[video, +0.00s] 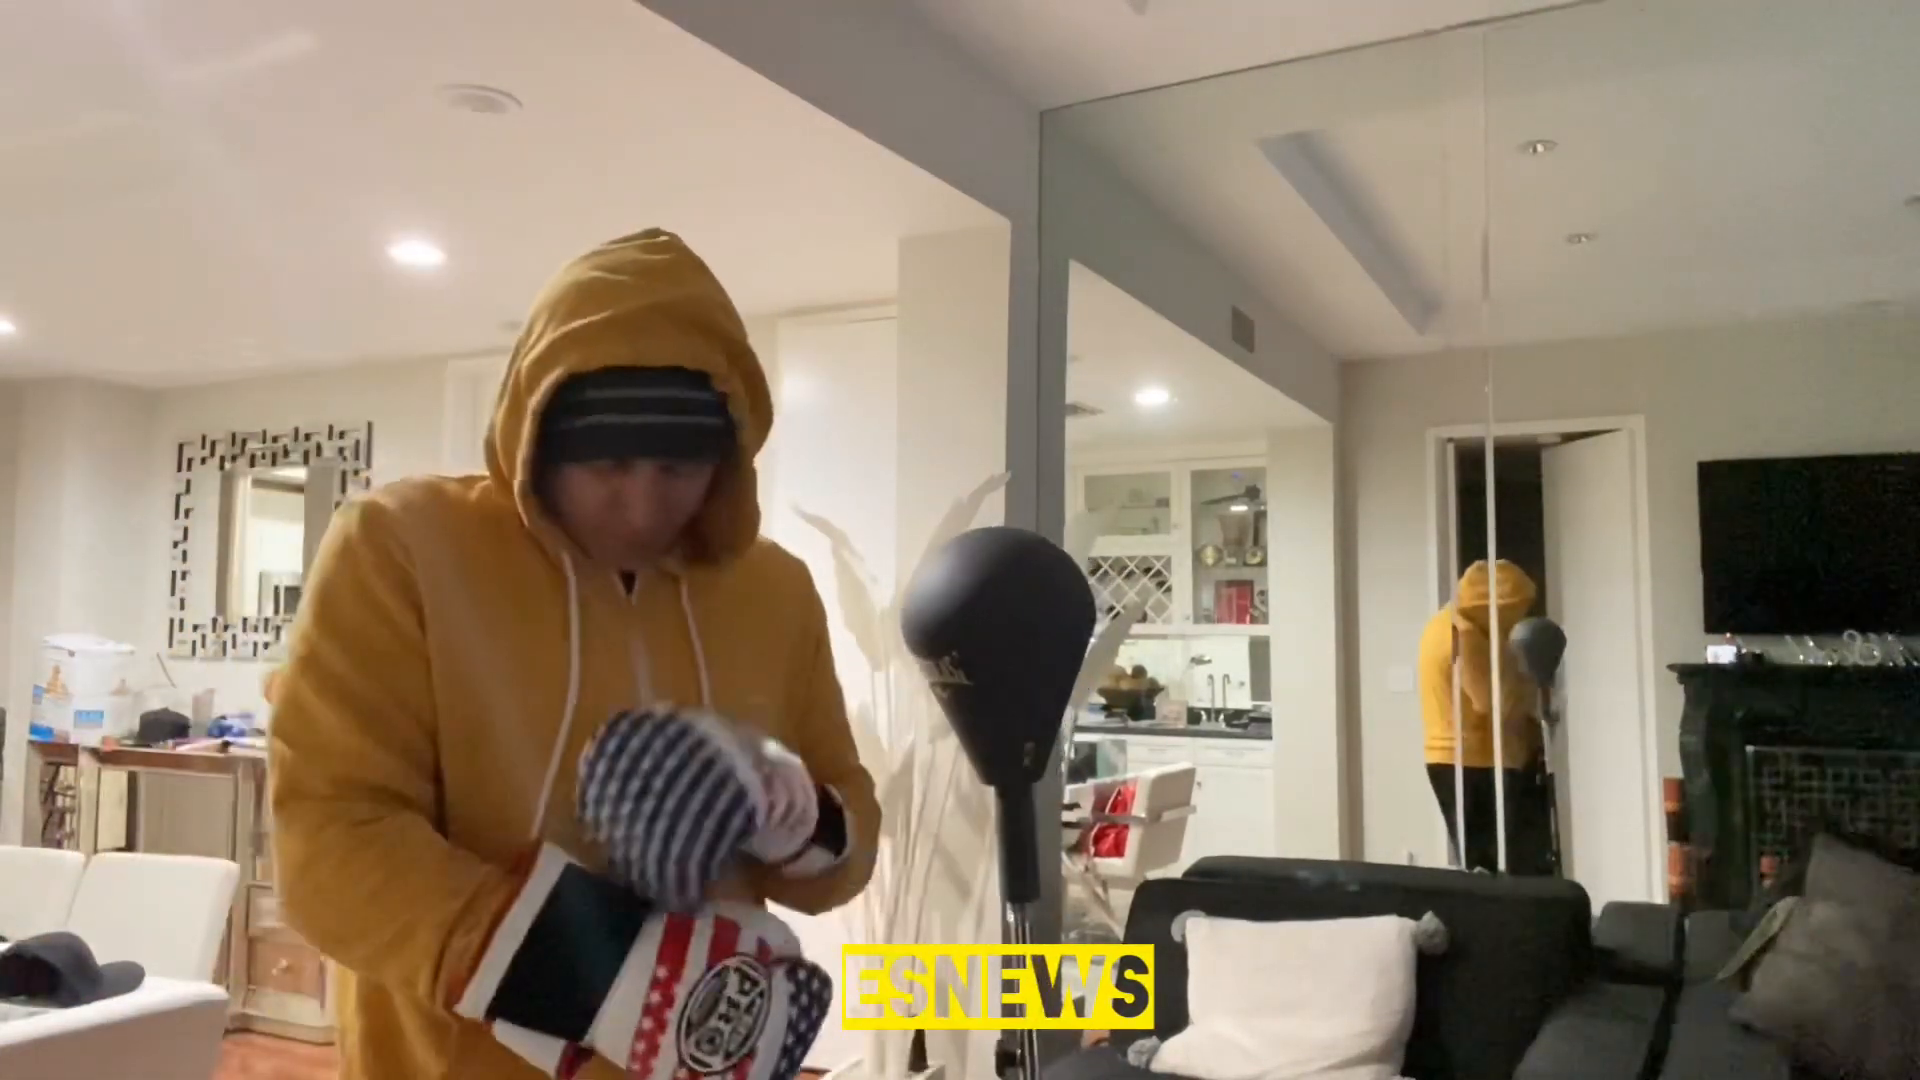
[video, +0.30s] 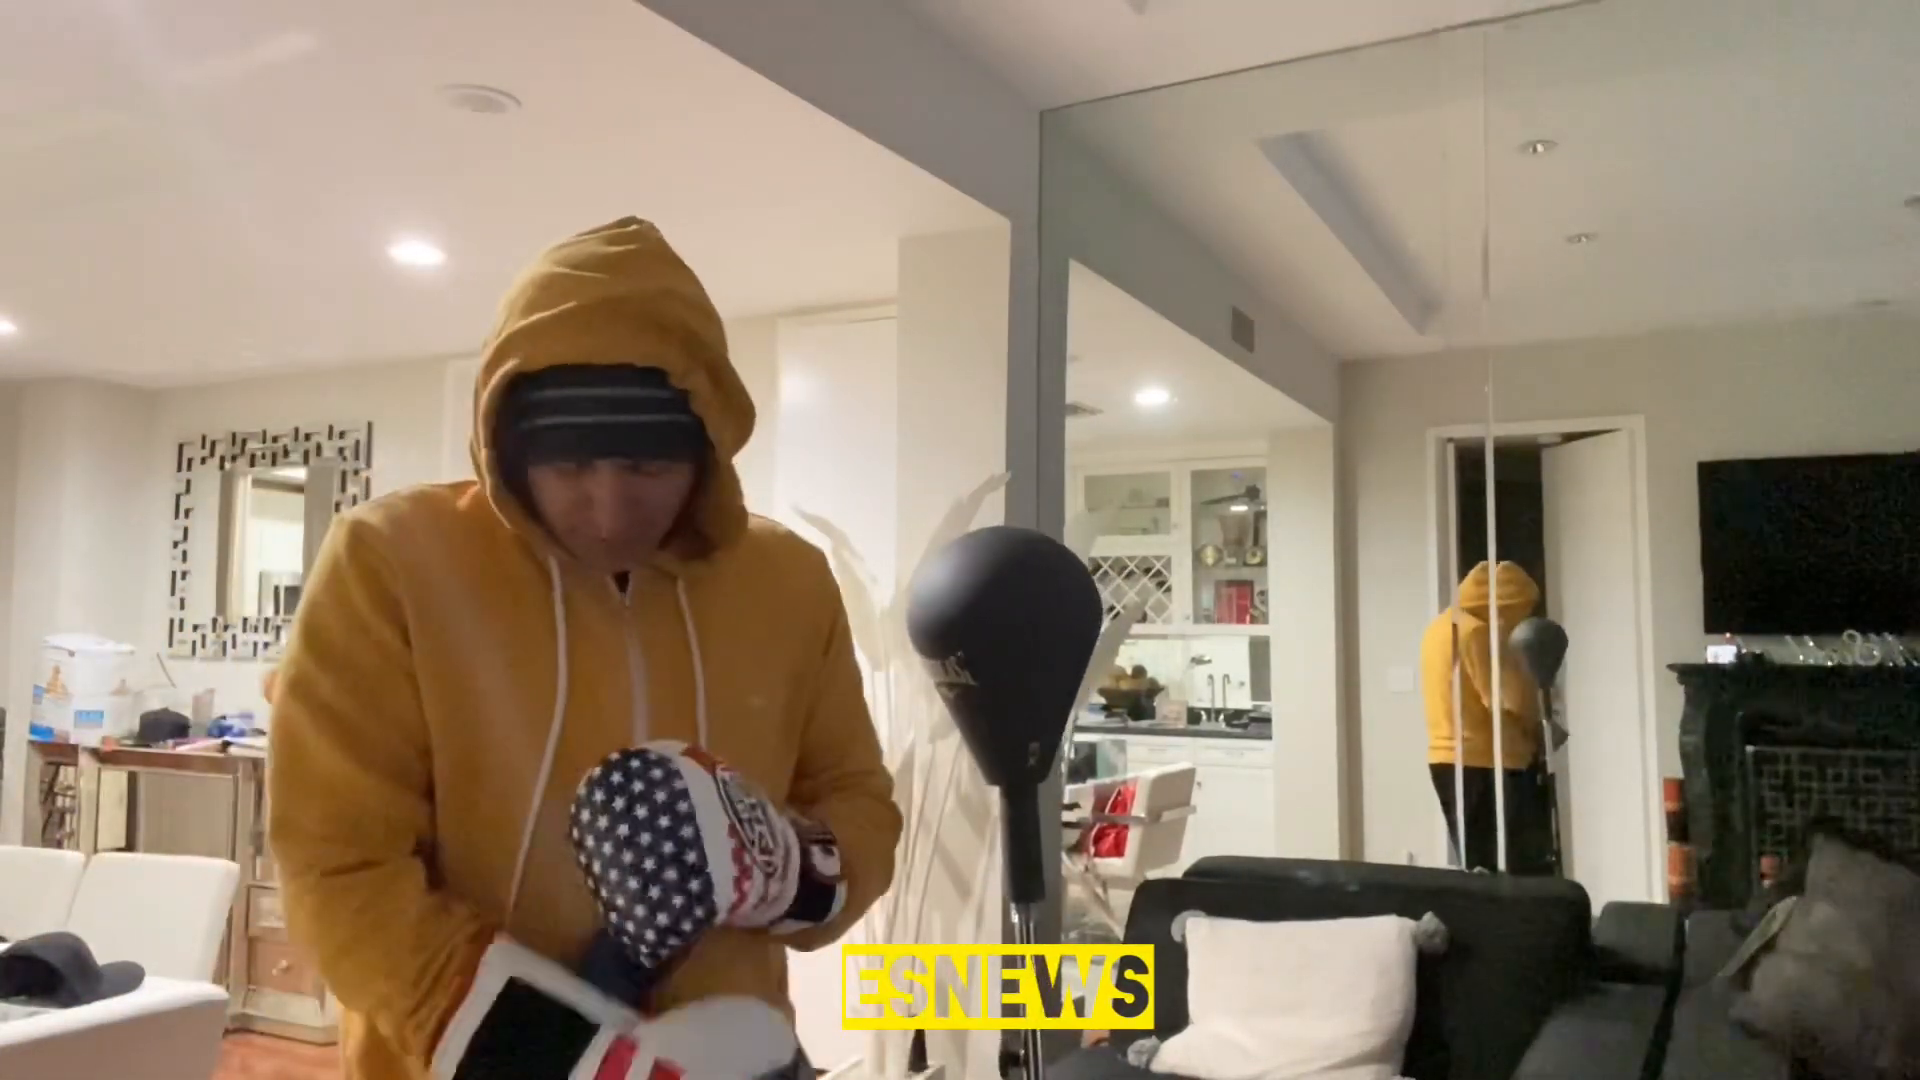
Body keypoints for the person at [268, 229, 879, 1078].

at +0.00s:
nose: (640, 505)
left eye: (678, 465)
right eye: (604, 462)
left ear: (720, 465)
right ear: (538, 451)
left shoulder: (773, 594)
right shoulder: (402, 551)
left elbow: (847, 853)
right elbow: (332, 842)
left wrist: (788, 817)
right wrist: (597, 966)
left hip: (693, 1061)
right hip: (448, 1059)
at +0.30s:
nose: (606, 513)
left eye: (647, 466)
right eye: (568, 465)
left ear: (703, 455)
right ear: (515, 451)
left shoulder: (786, 582)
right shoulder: (392, 564)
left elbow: (864, 815)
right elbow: (343, 874)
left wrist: (783, 864)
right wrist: (574, 1049)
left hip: (733, 1057)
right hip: (464, 1059)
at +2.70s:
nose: (640, 365)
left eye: (680, 326)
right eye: (602, 325)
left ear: (738, 353)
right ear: (553, 354)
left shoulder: (849, 581)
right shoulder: (418, 559)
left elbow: (1006, 812)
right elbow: (273, 850)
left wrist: (950, 824)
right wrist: (587, 791)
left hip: (764, 1064)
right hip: (474, 1063)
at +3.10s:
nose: (648, 388)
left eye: (685, 347)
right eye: (610, 350)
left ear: (738, 372)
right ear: (564, 378)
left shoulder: (828, 576)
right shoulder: (447, 546)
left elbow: (1005, 785)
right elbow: (384, 762)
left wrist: (826, 881)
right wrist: (694, 640)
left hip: (762, 1062)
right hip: (482, 1054)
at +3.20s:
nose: (646, 420)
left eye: (685, 379)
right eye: (607, 382)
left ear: (744, 400)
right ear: (560, 406)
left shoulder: (835, 583)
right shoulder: (451, 550)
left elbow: (1006, 797)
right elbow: (360, 755)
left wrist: (820, 884)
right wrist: (661, 683)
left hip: (755, 1060)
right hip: (477, 1054)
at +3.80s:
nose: (678, 498)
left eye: (714, 455)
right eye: (642, 452)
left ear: (758, 450)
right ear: (574, 434)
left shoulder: (817, 600)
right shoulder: (425, 569)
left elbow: (872, 820)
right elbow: (331, 866)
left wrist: (932, 906)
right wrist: (542, 1011)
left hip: (748, 1061)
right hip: (482, 1063)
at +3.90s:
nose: (679, 498)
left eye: (716, 456)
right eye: (644, 454)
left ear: (757, 452)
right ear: (574, 438)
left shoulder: (812, 598)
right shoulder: (423, 569)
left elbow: (869, 819)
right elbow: (344, 885)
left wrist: (952, 917)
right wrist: (581, 1053)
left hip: (757, 1060)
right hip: (507, 1063)